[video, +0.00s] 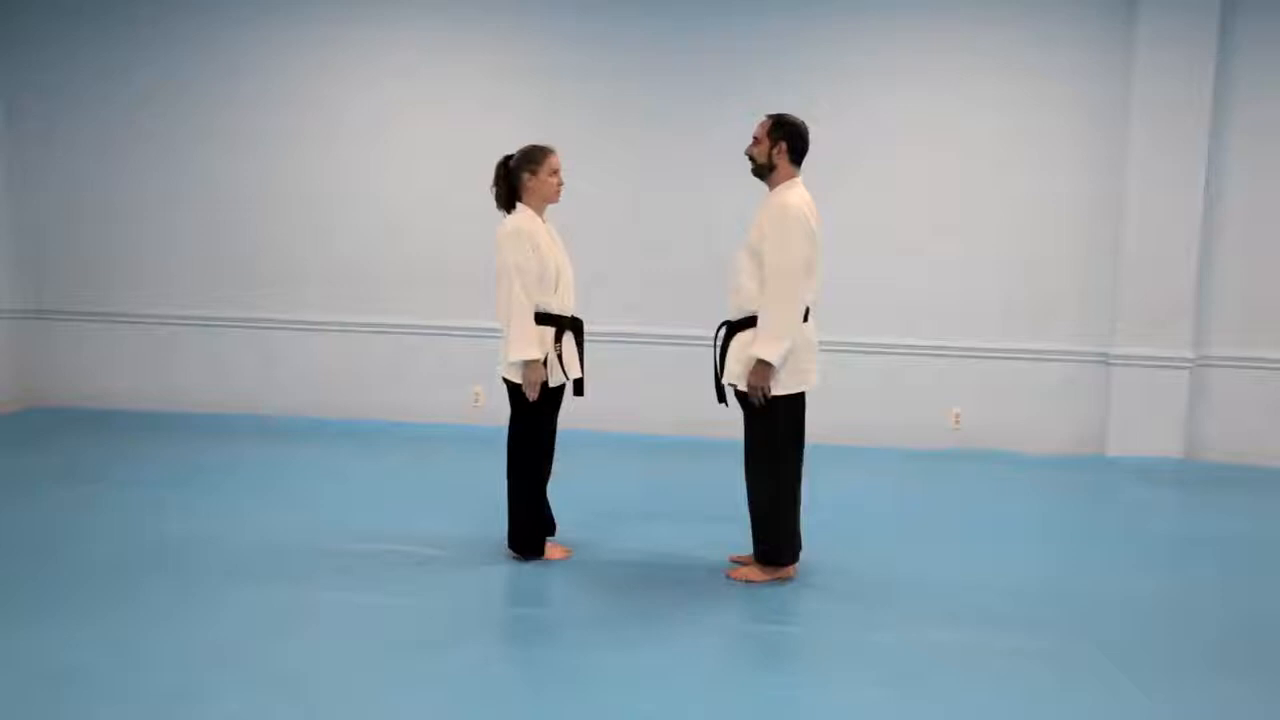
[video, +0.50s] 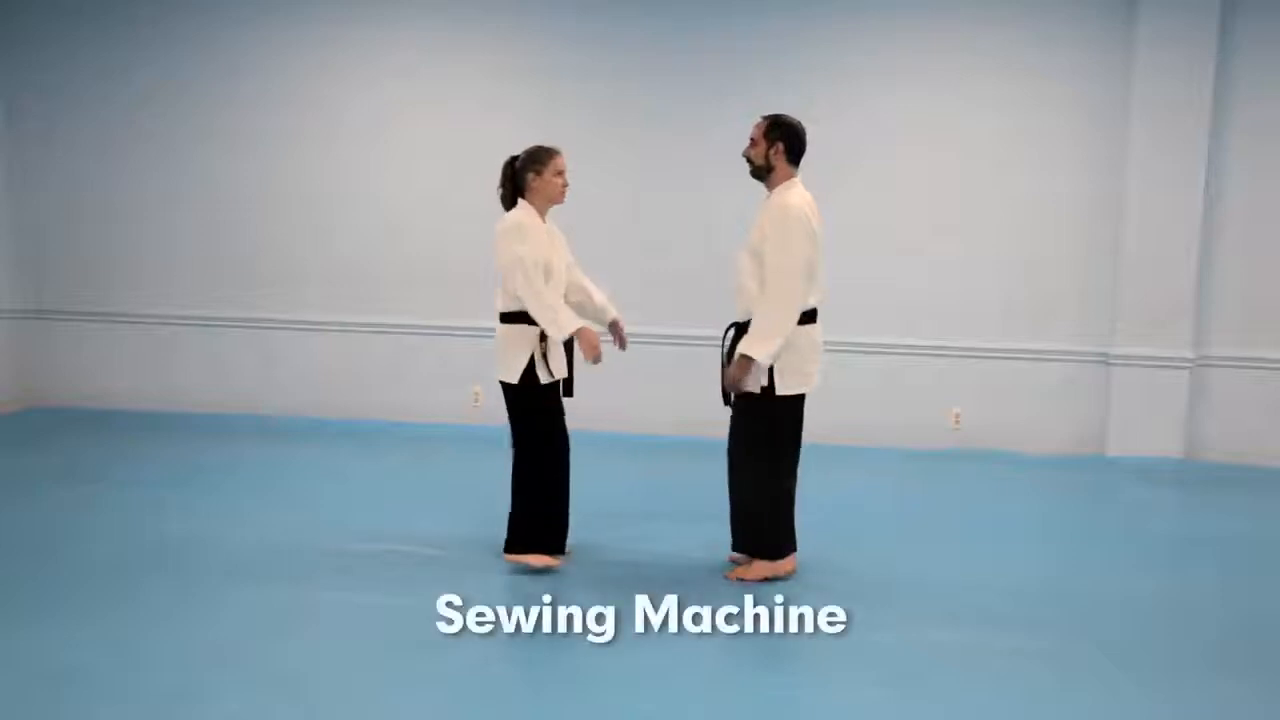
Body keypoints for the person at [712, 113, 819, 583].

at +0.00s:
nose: (748, 147)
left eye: (756, 140)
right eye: (752, 139)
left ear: (780, 149)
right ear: (781, 149)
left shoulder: (789, 207)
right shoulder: (781, 203)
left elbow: (786, 291)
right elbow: (780, 288)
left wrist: (767, 358)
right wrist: (754, 351)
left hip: (776, 359)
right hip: (769, 356)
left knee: (772, 464)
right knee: (769, 462)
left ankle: (777, 560)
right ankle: (772, 551)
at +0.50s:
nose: (746, 150)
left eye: (754, 143)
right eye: (749, 141)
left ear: (777, 151)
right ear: (779, 151)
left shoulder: (791, 207)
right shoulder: (781, 203)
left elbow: (784, 293)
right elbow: (777, 288)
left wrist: (749, 355)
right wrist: (744, 349)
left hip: (782, 351)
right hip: (771, 348)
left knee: (766, 457)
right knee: (757, 454)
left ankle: (775, 554)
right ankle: (760, 547)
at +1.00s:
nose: (757, 179)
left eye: (763, 172)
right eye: (758, 171)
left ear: (789, 175)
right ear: (795, 176)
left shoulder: (802, 229)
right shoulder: (829, 221)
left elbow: (760, 292)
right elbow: (787, 292)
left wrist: (712, 298)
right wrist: (731, 289)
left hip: (814, 368)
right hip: (851, 361)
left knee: (774, 466)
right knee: (842, 452)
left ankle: (771, 572)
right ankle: (915, 515)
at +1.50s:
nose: (809, 211)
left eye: (816, 203)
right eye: (811, 202)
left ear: (844, 209)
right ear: (847, 210)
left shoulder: (853, 263)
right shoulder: (874, 258)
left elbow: (803, 319)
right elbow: (903, 312)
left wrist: (755, 321)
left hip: (844, 396)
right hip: (875, 391)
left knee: (772, 458)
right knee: (906, 471)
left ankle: (768, 570)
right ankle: (973, 545)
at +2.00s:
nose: (812, 212)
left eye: (819, 203)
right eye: (815, 202)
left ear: (847, 209)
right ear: (850, 210)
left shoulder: (858, 261)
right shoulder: (875, 257)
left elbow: (801, 317)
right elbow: (906, 314)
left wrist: (753, 321)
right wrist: (867, 350)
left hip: (845, 397)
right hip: (874, 392)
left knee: (770, 457)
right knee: (906, 471)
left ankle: (768, 571)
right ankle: (973, 547)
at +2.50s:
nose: (791, 210)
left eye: (798, 201)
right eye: (793, 200)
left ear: (825, 206)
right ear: (831, 206)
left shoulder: (838, 254)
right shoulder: (865, 251)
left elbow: (780, 301)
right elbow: (894, 307)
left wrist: (739, 319)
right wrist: (858, 345)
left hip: (830, 393)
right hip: (864, 388)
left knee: (760, 464)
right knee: (897, 468)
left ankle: (784, 576)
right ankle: (968, 543)